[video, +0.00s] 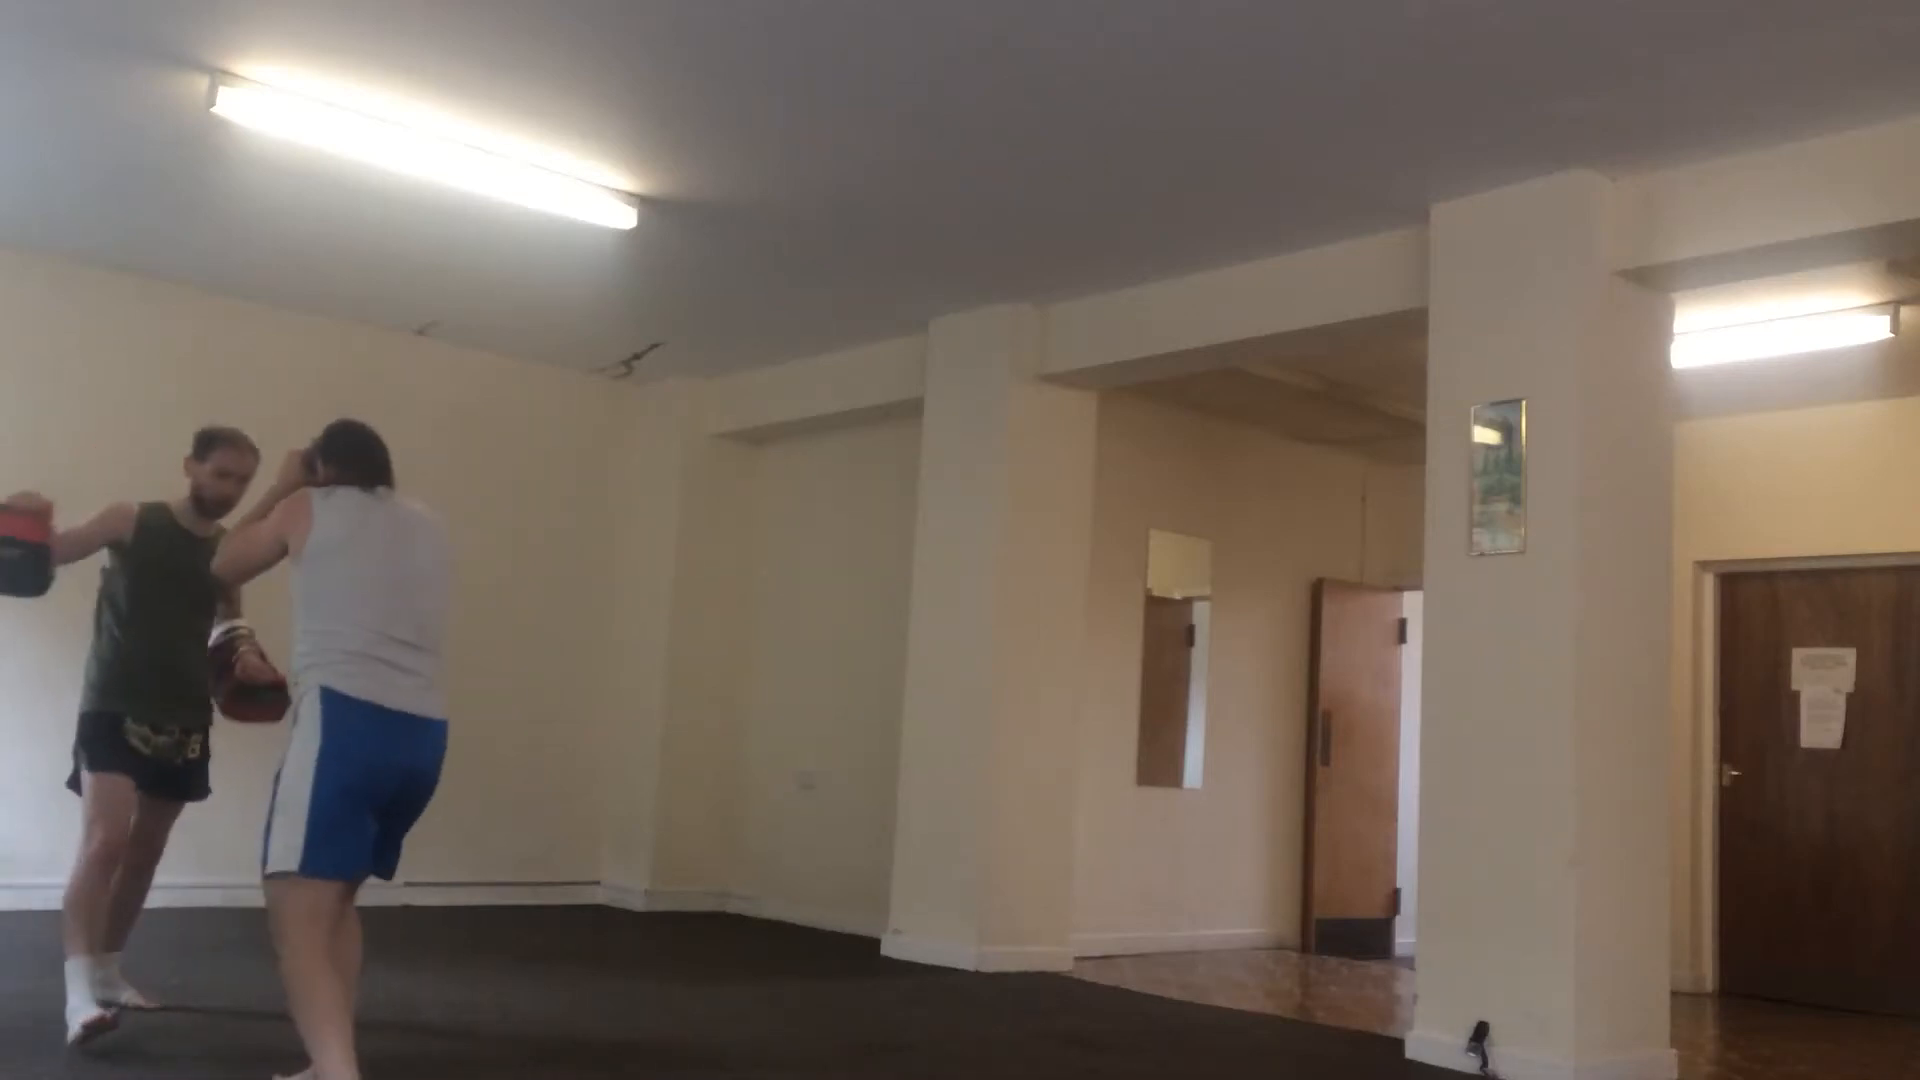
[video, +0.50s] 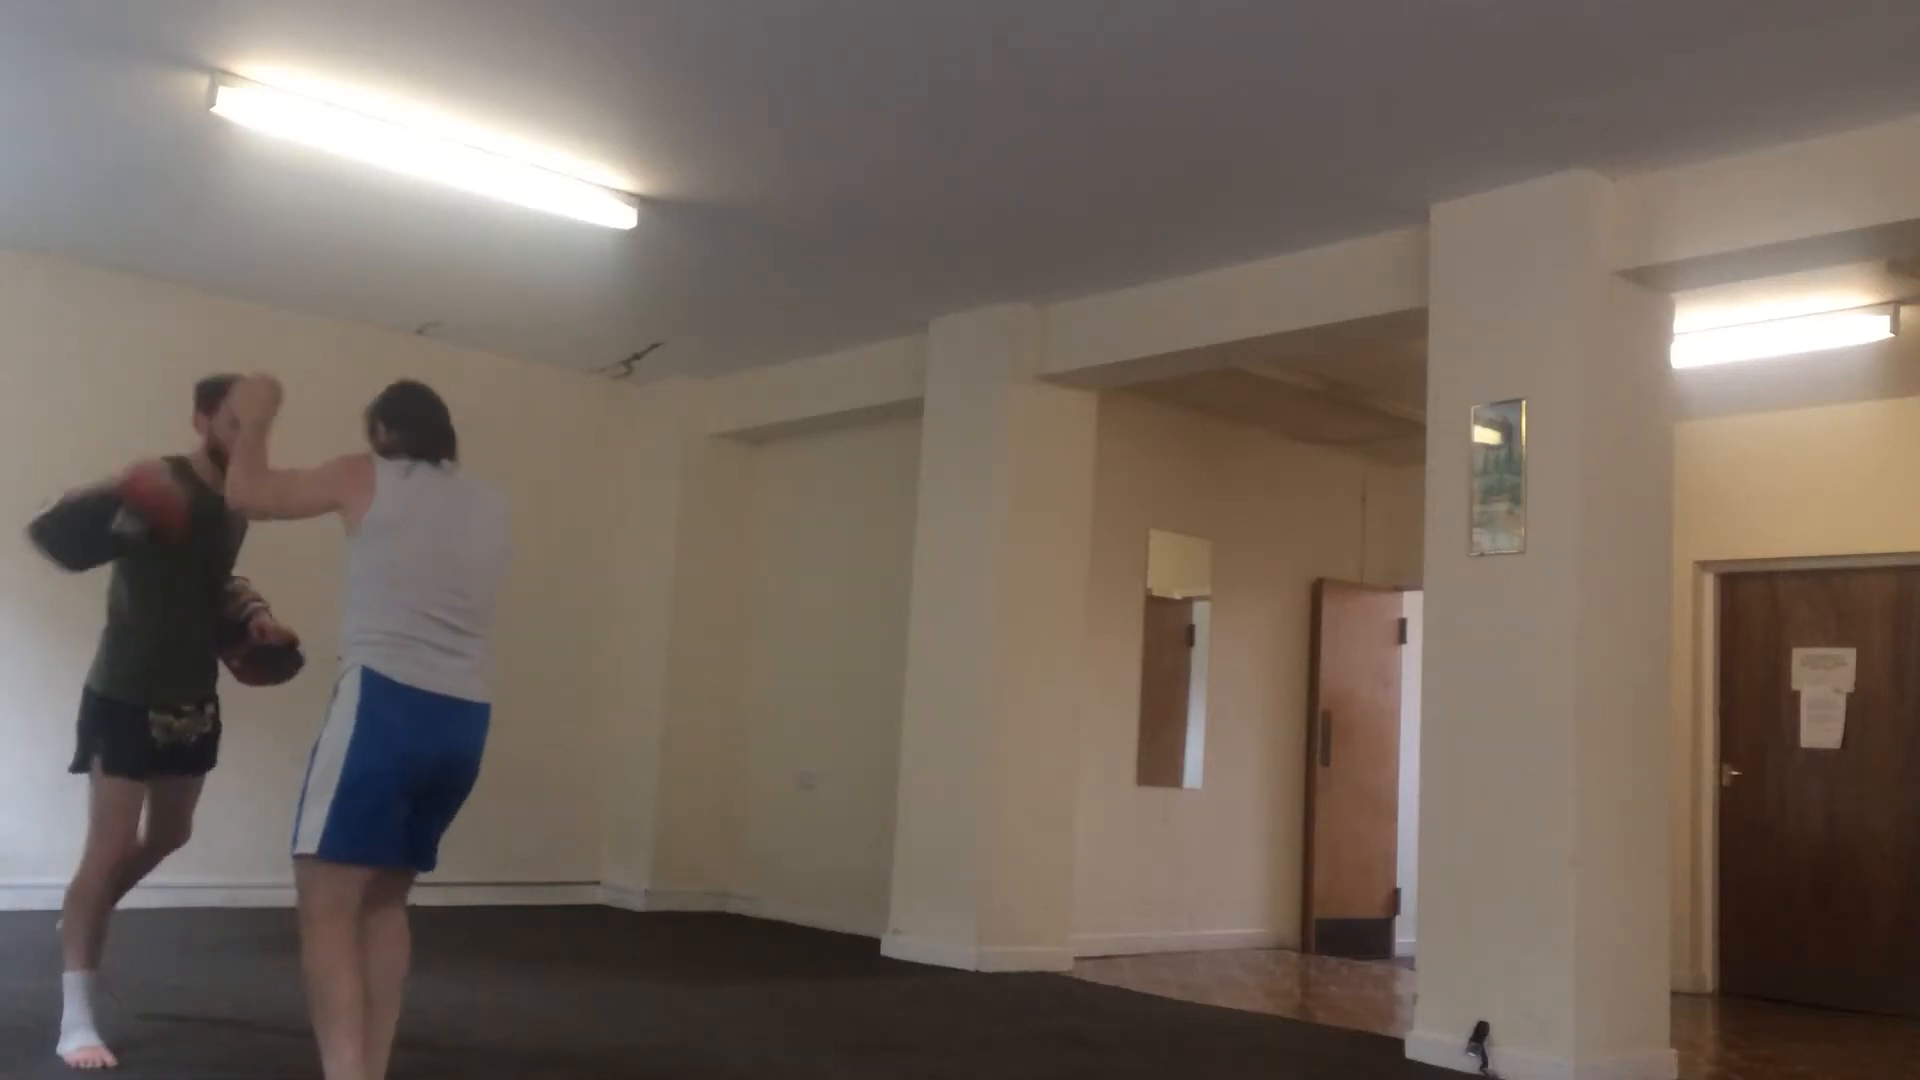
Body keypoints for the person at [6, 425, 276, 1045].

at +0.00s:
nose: (229, 487)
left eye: (241, 480)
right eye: (222, 473)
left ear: (246, 486)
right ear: (192, 466)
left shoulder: (228, 552)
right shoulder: (132, 521)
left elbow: (230, 635)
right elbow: (53, 552)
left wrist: (248, 659)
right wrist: (27, 523)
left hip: (182, 718)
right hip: (117, 707)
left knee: (145, 854)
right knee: (107, 843)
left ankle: (106, 973)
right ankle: (79, 997)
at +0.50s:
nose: (251, 438)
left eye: (258, 427)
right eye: (239, 424)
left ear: (258, 430)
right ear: (203, 421)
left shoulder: (237, 501)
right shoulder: (158, 484)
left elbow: (211, 580)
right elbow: (57, 534)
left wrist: (251, 614)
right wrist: (125, 511)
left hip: (193, 692)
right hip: (126, 690)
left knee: (170, 833)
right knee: (111, 849)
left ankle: (90, 910)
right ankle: (75, 1018)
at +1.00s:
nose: (251, 466)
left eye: (260, 457)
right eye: (242, 452)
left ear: (269, 462)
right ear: (211, 444)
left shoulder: (262, 512)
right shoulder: (159, 504)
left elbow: (335, 554)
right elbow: (168, 524)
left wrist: (339, 488)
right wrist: (195, 456)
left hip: (235, 703)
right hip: (155, 700)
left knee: (241, 861)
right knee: (120, 857)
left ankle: (234, 1001)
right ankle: (76, 1021)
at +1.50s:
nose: (246, 475)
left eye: (257, 463)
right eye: (234, 463)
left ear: (272, 459)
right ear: (209, 459)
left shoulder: (289, 524)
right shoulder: (184, 515)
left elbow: (275, 624)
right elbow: (165, 593)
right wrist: (132, 589)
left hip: (249, 707)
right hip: (176, 700)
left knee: (248, 867)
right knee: (127, 852)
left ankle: (233, 1006)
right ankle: (140, 986)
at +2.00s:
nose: (228, 476)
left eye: (239, 461)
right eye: (216, 465)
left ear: (265, 454)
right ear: (202, 465)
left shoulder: (286, 526)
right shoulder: (216, 523)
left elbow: (224, 607)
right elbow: (188, 598)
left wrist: (165, 579)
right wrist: (139, 572)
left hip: (243, 713)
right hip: (190, 704)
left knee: (223, 858)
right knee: (149, 849)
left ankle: (249, 1025)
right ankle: (145, 989)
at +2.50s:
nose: (213, 461)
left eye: (225, 448)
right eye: (202, 452)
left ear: (255, 453)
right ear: (191, 461)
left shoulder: (274, 530)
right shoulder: (209, 527)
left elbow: (213, 613)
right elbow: (185, 602)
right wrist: (134, 576)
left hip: (244, 713)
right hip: (189, 706)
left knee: (231, 860)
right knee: (157, 848)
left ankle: (255, 1009)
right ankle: (167, 988)